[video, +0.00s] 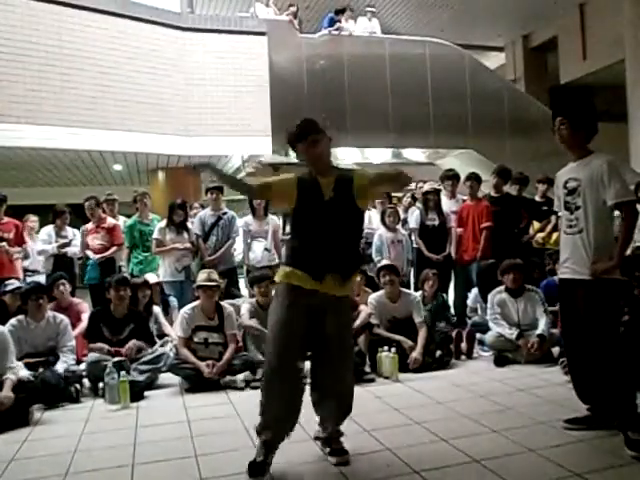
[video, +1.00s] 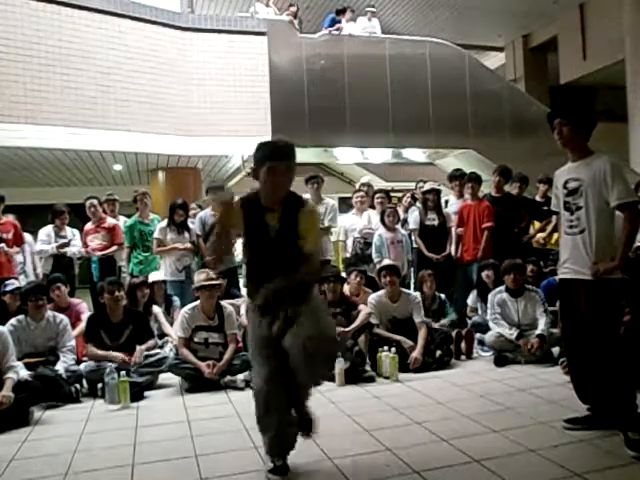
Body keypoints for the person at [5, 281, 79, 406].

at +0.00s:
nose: (40, 302)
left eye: (42, 298)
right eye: (35, 299)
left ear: (48, 301)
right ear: (26, 304)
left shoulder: (61, 322)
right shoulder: (14, 326)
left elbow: (68, 353)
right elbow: (10, 359)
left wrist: (56, 372)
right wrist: (26, 375)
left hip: (53, 368)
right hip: (27, 371)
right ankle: (67, 394)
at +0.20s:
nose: (40, 302)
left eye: (43, 298)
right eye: (35, 299)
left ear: (48, 301)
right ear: (26, 304)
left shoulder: (60, 322)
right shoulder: (14, 326)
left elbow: (68, 353)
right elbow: (11, 360)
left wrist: (56, 372)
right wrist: (27, 376)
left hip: (54, 368)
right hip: (27, 371)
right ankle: (67, 394)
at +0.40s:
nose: (40, 302)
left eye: (42, 298)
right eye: (35, 299)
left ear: (48, 301)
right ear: (26, 304)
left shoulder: (60, 321)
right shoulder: (14, 326)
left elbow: (68, 353)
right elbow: (10, 360)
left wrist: (56, 372)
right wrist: (27, 376)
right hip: (27, 372)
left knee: (47, 378)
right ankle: (68, 394)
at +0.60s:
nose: (40, 303)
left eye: (42, 299)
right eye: (35, 300)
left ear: (47, 301)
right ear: (26, 304)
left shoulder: (61, 321)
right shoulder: (14, 326)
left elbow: (68, 353)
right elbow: (11, 360)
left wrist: (57, 372)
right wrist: (27, 375)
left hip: (54, 369)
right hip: (28, 372)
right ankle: (66, 394)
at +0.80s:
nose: (39, 303)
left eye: (42, 299)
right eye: (34, 300)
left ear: (47, 301)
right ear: (25, 304)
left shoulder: (60, 321)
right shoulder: (14, 326)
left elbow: (69, 353)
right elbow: (10, 359)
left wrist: (55, 372)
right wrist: (25, 375)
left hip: (54, 368)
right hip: (28, 371)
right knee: (20, 388)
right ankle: (68, 394)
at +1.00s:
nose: (39, 303)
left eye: (42, 299)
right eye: (34, 300)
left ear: (47, 301)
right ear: (25, 305)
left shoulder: (60, 321)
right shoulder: (14, 326)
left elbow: (69, 352)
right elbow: (10, 359)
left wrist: (58, 371)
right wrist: (24, 375)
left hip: (53, 367)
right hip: (28, 370)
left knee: (76, 374)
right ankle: (69, 394)